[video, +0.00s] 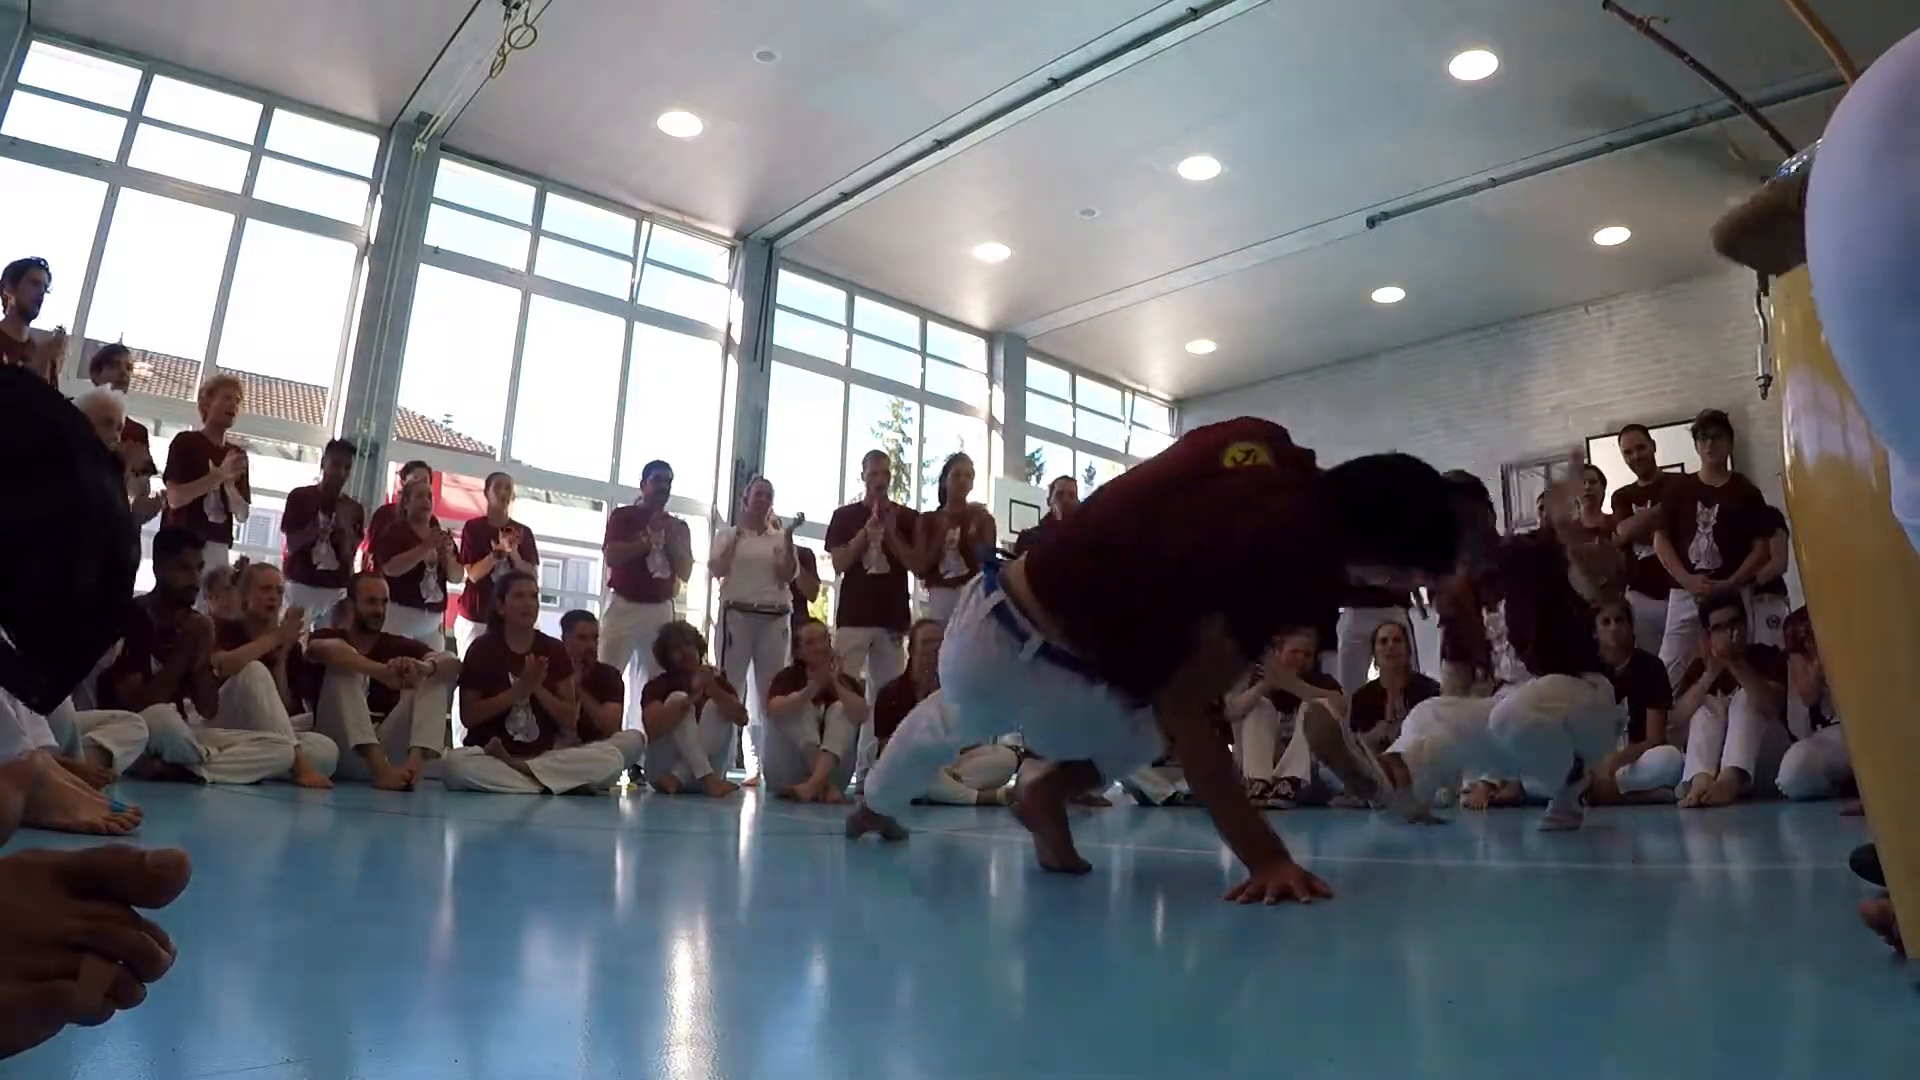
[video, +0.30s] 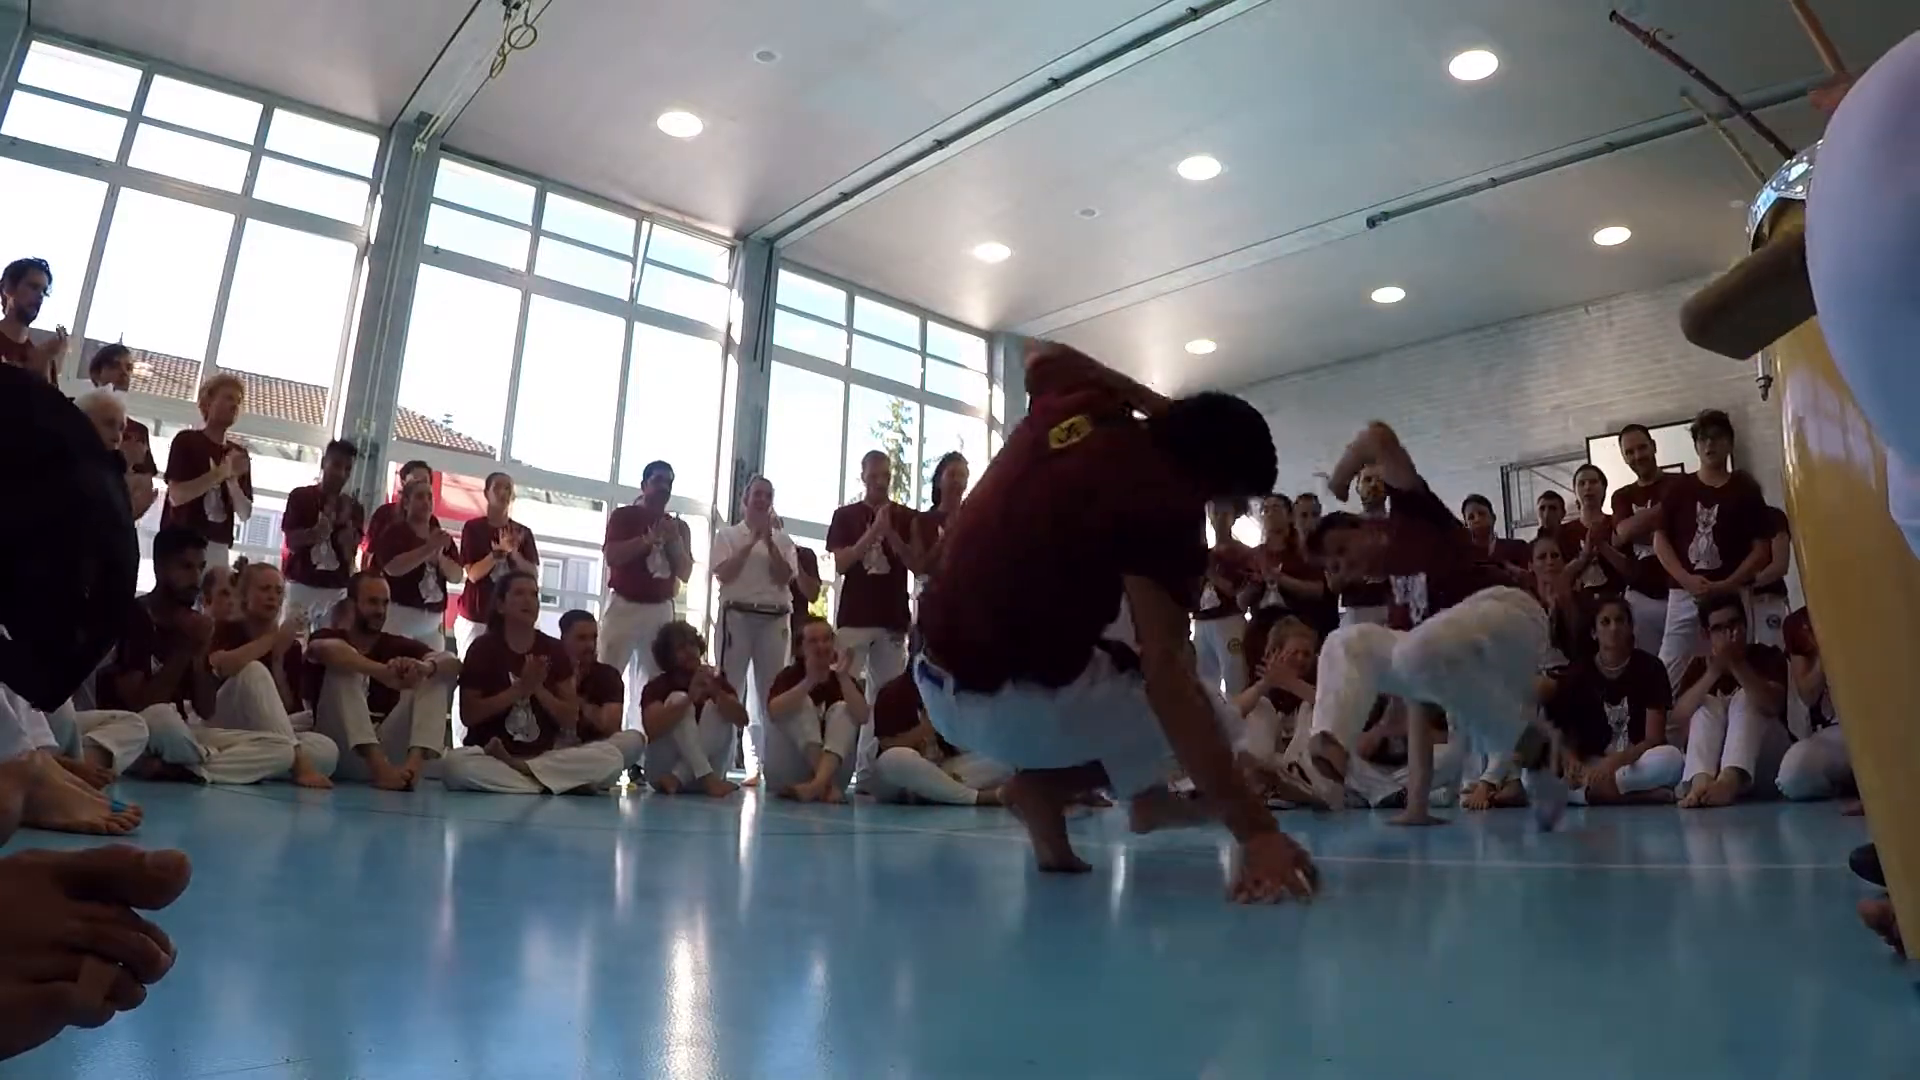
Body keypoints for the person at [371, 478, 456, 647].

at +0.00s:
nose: (426, 502)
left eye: (429, 497)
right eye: (419, 496)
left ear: (433, 502)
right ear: (406, 502)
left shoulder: (440, 535)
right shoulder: (394, 531)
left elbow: (457, 577)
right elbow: (390, 569)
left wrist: (448, 555)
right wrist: (426, 547)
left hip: (434, 614)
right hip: (401, 610)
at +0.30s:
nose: (426, 502)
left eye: (430, 497)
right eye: (420, 497)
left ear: (433, 502)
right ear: (406, 502)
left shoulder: (440, 536)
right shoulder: (394, 532)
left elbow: (457, 577)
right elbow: (392, 569)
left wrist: (439, 558)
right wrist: (430, 547)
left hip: (434, 614)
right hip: (400, 611)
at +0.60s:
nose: (427, 501)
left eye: (431, 497)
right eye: (421, 496)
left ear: (434, 501)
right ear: (406, 502)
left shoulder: (440, 535)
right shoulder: (394, 532)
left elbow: (456, 577)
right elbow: (392, 569)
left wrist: (437, 557)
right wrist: (428, 549)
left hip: (433, 614)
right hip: (400, 610)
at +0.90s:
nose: (428, 502)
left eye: (431, 498)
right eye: (422, 497)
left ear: (434, 503)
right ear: (407, 502)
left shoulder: (441, 537)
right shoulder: (394, 532)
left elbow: (456, 579)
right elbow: (390, 569)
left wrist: (447, 552)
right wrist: (427, 548)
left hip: (433, 615)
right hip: (400, 611)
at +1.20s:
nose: (428, 502)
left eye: (431, 497)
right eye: (422, 496)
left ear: (435, 502)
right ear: (407, 502)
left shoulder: (440, 536)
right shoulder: (394, 532)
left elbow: (455, 578)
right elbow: (390, 568)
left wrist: (450, 550)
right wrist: (426, 547)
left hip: (433, 615)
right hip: (401, 611)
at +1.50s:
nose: (428, 501)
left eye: (430, 497)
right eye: (421, 496)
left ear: (434, 502)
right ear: (406, 502)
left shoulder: (441, 537)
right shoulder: (395, 532)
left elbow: (457, 577)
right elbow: (389, 567)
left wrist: (445, 553)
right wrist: (425, 549)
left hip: (434, 614)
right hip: (402, 611)